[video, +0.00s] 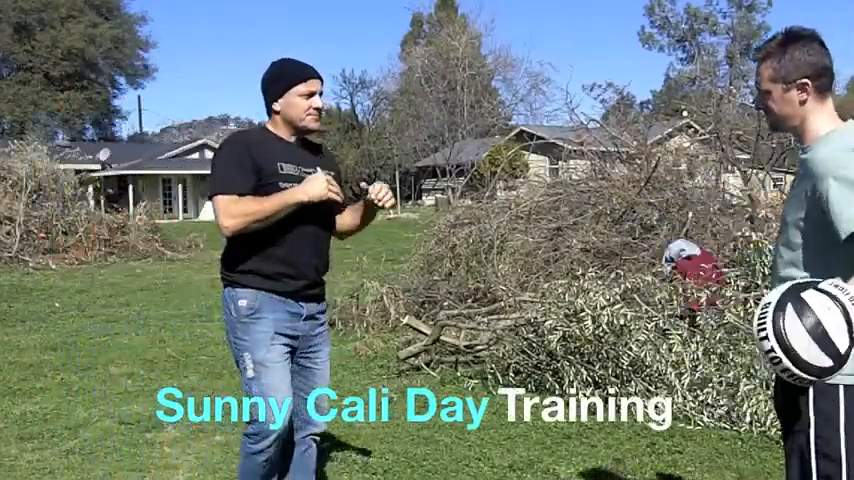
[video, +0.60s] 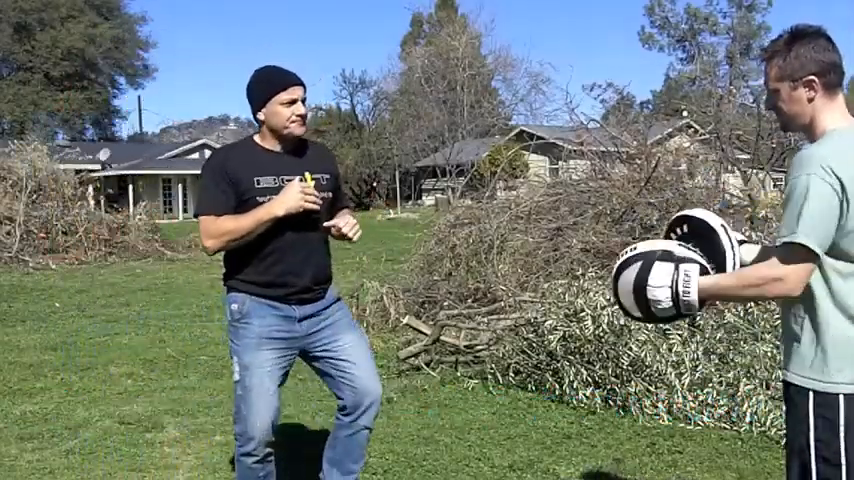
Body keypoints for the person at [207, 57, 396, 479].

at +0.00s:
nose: (318, 104)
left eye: (319, 95)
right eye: (307, 96)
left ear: (319, 99)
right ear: (277, 101)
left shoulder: (320, 158)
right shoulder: (241, 146)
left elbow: (341, 225)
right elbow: (229, 218)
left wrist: (369, 204)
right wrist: (299, 194)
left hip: (311, 306)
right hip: (257, 303)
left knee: (310, 423)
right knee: (272, 421)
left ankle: (300, 478)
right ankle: (254, 476)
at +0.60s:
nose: (301, 110)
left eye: (303, 101)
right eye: (289, 104)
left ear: (306, 104)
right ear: (260, 111)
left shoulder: (320, 157)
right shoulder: (226, 162)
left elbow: (336, 213)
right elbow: (211, 237)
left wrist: (343, 223)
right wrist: (275, 207)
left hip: (323, 306)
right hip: (258, 311)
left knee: (365, 394)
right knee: (256, 432)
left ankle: (338, 474)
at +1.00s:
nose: (313, 105)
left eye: (314, 96)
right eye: (302, 97)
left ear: (316, 99)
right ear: (274, 104)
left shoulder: (330, 151)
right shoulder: (244, 156)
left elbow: (351, 210)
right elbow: (216, 234)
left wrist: (361, 217)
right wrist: (277, 208)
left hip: (336, 302)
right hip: (272, 306)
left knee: (377, 410)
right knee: (262, 429)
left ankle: (383, 476)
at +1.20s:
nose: (380, 126)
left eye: (383, 117)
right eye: (369, 118)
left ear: (385, 119)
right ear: (341, 123)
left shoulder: (400, 169)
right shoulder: (306, 165)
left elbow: (425, 234)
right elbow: (306, 231)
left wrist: (441, 198)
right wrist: (355, 180)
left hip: (385, 317)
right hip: (319, 315)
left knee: (408, 422)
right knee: (284, 421)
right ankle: (264, 476)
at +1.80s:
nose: (363, 191)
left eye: (369, 179)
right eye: (351, 182)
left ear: (377, 172)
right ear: (329, 180)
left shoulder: (395, 200)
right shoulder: (297, 203)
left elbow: (425, 260)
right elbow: (283, 276)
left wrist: (418, 254)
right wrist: (325, 236)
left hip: (374, 325)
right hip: (304, 325)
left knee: (409, 413)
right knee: (267, 408)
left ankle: (418, 476)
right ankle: (252, 475)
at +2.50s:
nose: (380, 162)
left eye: (382, 151)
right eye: (368, 153)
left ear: (386, 152)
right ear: (342, 158)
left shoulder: (401, 189)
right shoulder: (310, 194)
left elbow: (445, 247)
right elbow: (271, 258)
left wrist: (408, 211)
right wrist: (309, 240)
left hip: (401, 321)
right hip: (333, 323)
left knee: (448, 408)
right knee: (296, 408)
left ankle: (472, 476)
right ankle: (261, 476)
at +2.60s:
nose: (434, 145)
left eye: (436, 137)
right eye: (423, 137)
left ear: (439, 144)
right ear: (396, 146)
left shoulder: (446, 191)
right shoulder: (354, 188)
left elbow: (473, 229)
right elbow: (302, 222)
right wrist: (271, 264)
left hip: (419, 327)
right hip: (359, 326)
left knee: (464, 412)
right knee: (324, 419)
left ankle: (480, 476)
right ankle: (273, 476)